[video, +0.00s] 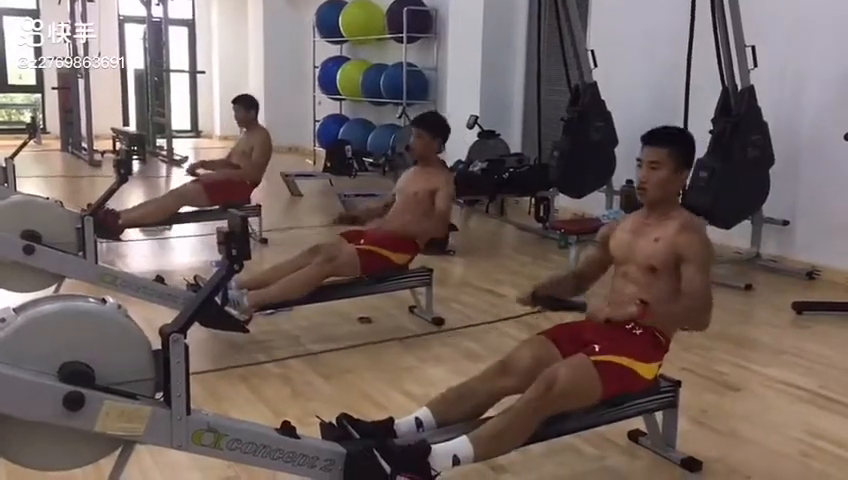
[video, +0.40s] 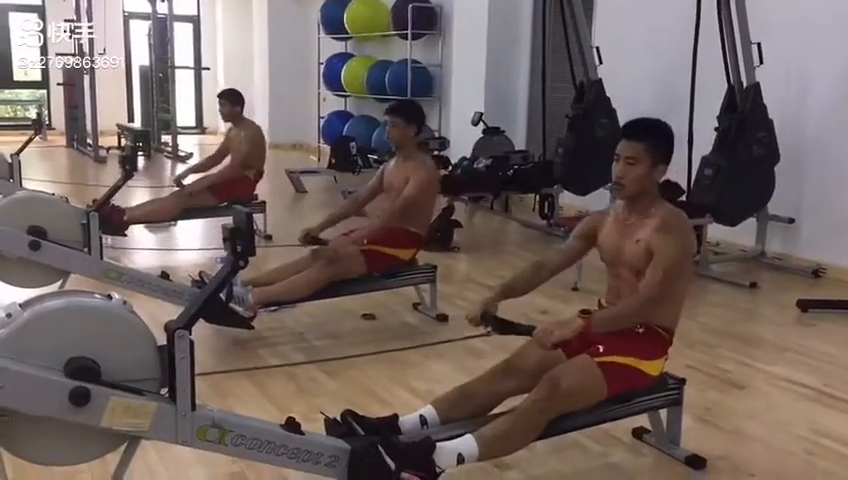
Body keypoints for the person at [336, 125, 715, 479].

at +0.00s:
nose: (643, 175)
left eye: (656, 167)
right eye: (641, 165)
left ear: (682, 176)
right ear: (638, 170)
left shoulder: (689, 233)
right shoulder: (622, 227)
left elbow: (699, 315)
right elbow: (579, 278)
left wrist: (643, 308)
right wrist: (544, 292)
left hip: (637, 344)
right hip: (592, 330)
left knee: (548, 386)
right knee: (506, 368)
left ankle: (433, 461)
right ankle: (396, 431)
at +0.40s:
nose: (620, 170)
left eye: (632, 163)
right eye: (618, 160)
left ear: (660, 170)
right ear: (613, 162)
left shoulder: (673, 227)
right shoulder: (604, 219)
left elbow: (643, 302)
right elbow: (546, 266)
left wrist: (582, 325)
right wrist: (496, 296)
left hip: (644, 343)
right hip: (601, 327)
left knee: (551, 390)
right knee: (509, 372)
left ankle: (439, 460)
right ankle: (402, 429)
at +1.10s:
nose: (590, 164)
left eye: (603, 156)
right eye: (589, 154)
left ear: (633, 164)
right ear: (585, 156)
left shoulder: (649, 221)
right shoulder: (579, 214)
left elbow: (601, 289)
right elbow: (509, 255)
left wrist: (532, 320)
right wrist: (454, 284)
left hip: (638, 344)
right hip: (593, 319)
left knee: (542, 349)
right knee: (500, 337)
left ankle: (449, 449)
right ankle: (416, 420)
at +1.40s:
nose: (552, 164)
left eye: (565, 155)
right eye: (552, 153)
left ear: (595, 165)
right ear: (548, 156)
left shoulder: (610, 224)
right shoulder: (543, 214)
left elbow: (558, 283)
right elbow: (471, 254)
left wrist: (483, 317)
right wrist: (411, 284)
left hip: (611, 350)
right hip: (568, 333)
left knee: (523, 329)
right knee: (474, 310)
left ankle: (450, 447)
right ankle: (417, 417)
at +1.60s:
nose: (511, 168)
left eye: (524, 159)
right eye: (511, 158)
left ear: (556, 167)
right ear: (510, 159)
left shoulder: (570, 226)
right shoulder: (505, 218)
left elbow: (518, 289)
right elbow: (433, 256)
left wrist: (439, 319)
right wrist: (364, 287)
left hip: (583, 358)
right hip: (539, 341)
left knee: (500, 320)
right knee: (448, 295)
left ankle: (449, 446)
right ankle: (417, 416)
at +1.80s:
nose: (461, 176)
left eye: (474, 166)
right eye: (461, 165)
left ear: (509, 175)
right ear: (459, 167)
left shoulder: (522, 237)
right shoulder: (464, 224)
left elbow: (464, 301)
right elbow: (383, 264)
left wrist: (377, 329)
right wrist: (310, 293)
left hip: (550, 374)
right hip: (504, 364)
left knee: (472, 310)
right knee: (422, 291)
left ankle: (448, 444)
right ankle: (417, 414)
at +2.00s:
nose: (426, 186)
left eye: (438, 175)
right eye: (425, 174)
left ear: (471, 182)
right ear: (425, 176)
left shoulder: (484, 246)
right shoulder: (425, 234)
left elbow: (420, 307)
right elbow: (342, 271)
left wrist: (327, 339)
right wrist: (266, 300)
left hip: (529, 376)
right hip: (482, 364)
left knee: (453, 308)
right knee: (403, 285)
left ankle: (450, 437)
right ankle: (417, 410)